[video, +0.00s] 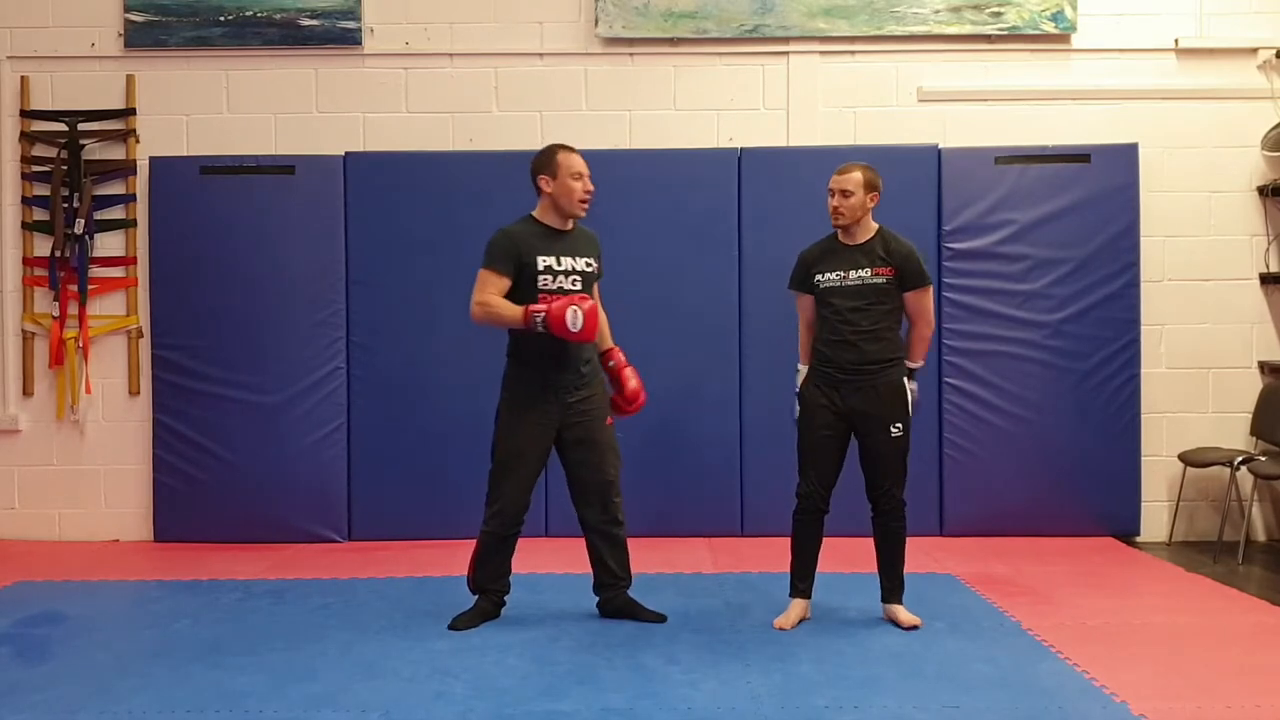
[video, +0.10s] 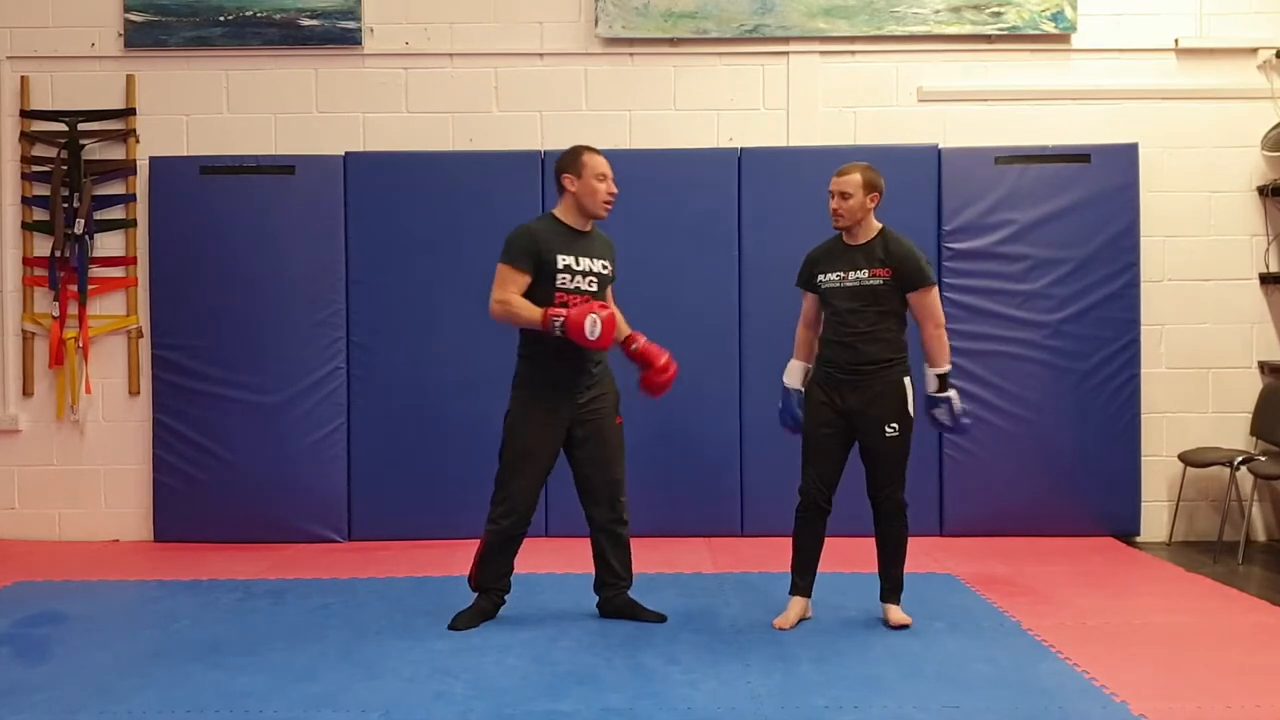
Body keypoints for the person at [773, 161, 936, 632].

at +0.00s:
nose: (835, 202)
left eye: (845, 194)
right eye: (831, 194)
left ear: (871, 199)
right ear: (828, 199)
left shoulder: (900, 255)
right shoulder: (812, 259)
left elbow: (923, 322)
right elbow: (807, 325)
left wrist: (908, 376)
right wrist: (805, 376)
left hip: (884, 390)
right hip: (824, 391)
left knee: (888, 500)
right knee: (810, 496)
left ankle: (892, 600)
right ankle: (799, 597)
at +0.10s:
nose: (834, 204)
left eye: (844, 196)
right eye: (831, 196)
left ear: (872, 200)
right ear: (830, 200)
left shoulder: (902, 256)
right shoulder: (819, 260)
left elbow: (933, 322)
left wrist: (941, 383)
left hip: (885, 393)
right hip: (827, 392)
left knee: (888, 499)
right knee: (812, 495)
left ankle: (891, 600)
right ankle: (800, 597)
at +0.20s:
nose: (835, 206)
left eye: (845, 199)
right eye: (833, 198)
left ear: (873, 202)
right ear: (834, 201)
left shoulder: (904, 257)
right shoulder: (827, 259)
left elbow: (939, 323)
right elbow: (816, 323)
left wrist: (959, 382)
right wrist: (790, 369)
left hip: (889, 390)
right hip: (834, 389)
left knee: (890, 498)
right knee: (818, 494)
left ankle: (892, 602)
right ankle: (798, 592)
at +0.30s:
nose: (837, 208)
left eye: (846, 200)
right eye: (835, 199)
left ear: (875, 202)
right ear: (837, 202)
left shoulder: (905, 255)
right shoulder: (833, 256)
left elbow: (936, 315)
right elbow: (824, 319)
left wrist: (952, 373)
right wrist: (799, 351)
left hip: (891, 389)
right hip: (839, 387)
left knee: (891, 497)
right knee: (822, 492)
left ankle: (892, 602)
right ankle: (806, 591)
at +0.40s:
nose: (838, 207)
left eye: (847, 199)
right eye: (836, 198)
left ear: (876, 200)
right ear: (843, 201)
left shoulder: (905, 252)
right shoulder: (837, 255)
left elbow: (926, 311)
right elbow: (832, 314)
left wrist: (926, 360)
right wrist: (813, 334)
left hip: (891, 389)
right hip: (840, 387)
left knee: (890, 495)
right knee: (823, 488)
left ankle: (892, 602)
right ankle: (828, 588)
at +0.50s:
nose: (838, 207)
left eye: (847, 198)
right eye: (837, 198)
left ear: (876, 200)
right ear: (853, 201)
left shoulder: (904, 250)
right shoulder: (839, 253)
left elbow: (917, 314)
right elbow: (831, 311)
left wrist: (892, 343)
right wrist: (819, 323)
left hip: (888, 383)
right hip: (840, 381)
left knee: (888, 490)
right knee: (825, 484)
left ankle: (892, 602)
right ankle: (851, 586)